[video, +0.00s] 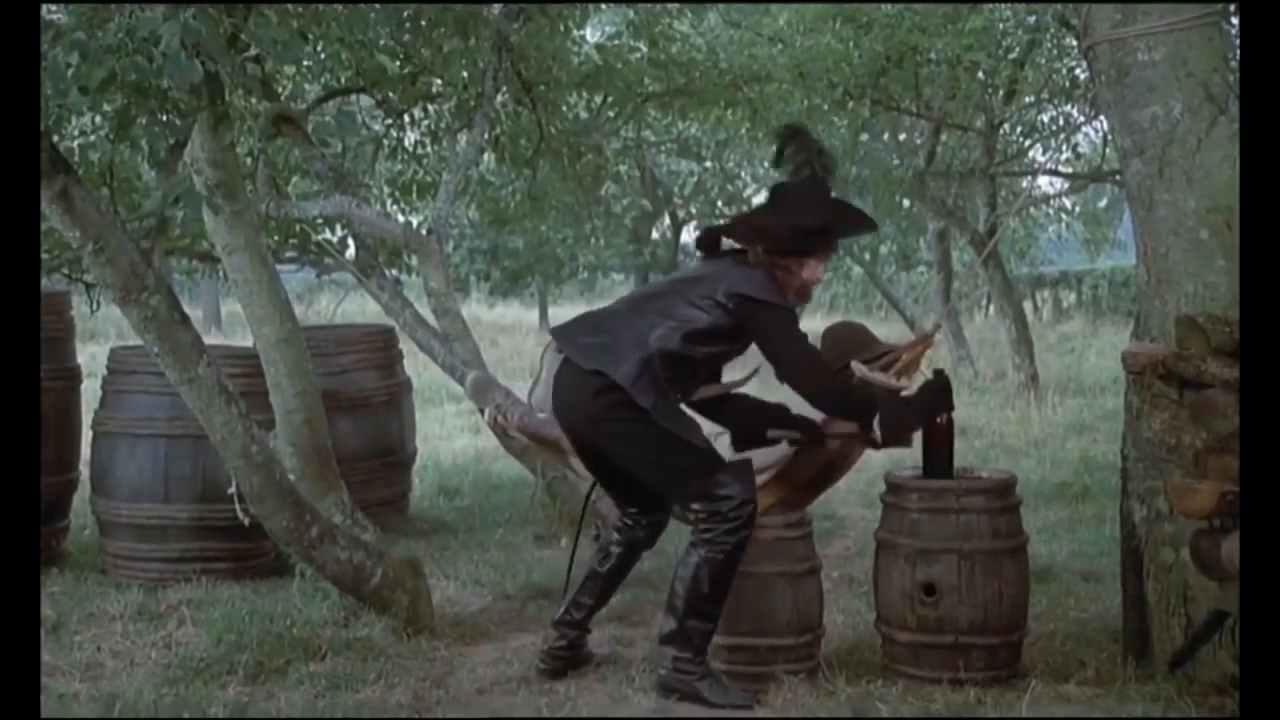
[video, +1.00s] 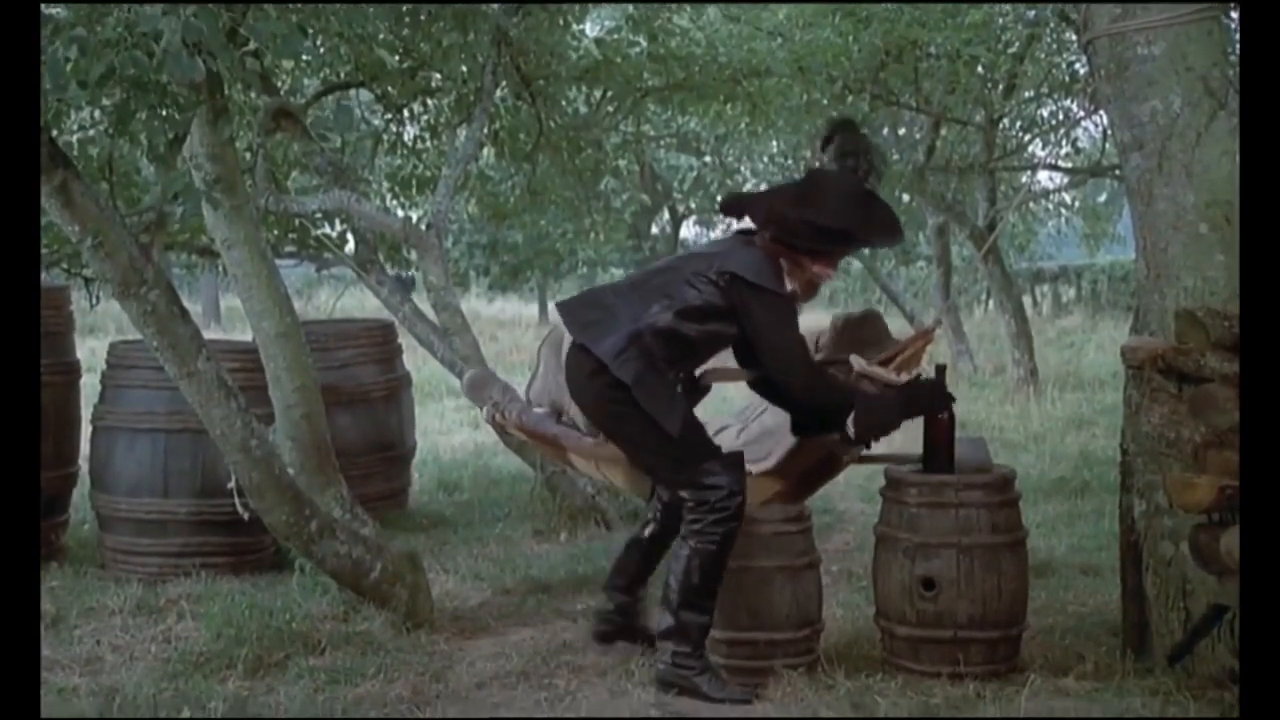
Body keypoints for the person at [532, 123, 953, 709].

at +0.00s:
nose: (821, 275)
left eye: (825, 262)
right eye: (817, 261)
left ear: (764, 248)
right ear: (783, 255)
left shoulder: (714, 278)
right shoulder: (754, 288)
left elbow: (707, 394)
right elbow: (823, 384)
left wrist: (807, 427)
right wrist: (902, 405)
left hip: (574, 382)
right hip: (608, 391)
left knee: (644, 511)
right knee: (728, 499)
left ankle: (564, 641)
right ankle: (686, 666)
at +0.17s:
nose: (835, 278)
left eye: (839, 265)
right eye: (833, 264)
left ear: (779, 248)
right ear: (800, 257)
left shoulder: (730, 272)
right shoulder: (771, 286)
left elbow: (730, 392)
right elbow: (824, 383)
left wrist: (834, 395)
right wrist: (893, 404)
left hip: (587, 379)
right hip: (626, 390)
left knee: (644, 509)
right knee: (734, 500)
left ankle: (564, 639)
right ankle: (686, 665)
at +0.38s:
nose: (837, 278)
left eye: (841, 265)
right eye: (835, 264)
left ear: (780, 250)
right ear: (801, 258)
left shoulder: (733, 273)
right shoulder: (772, 286)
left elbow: (754, 391)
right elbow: (827, 384)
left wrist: (845, 397)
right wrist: (902, 401)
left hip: (588, 380)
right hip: (629, 390)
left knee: (644, 511)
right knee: (736, 502)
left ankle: (564, 638)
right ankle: (685, 664)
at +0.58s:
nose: (839, 288)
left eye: (843, 276)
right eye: (839, 274)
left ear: (785, 255)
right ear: (809, 265)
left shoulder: (740, 280)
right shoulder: (773, 293)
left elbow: (774, 395)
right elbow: (820, 384)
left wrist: (856, 428)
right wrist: (885, 408)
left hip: (589, 381)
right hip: (628, 390)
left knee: (646, 512)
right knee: (735, 502)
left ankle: (565, 639)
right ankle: (684, 662)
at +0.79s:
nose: (839, 281)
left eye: (844, 268)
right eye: (837, 267)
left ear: (783, 243)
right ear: (804, 254)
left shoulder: (742, 270)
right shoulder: (767, 284)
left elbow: (787, 388)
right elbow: (821, 387)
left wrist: (862, 419)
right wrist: (910, 404)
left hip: (592, 376)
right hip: (626, 386)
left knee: (657, 505)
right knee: (734, 497)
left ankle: (569, 632)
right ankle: (683, 661)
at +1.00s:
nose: (830, 276)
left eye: (834, 264)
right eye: (828, 262)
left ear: (777, 236)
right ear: (796, 251)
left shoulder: (738, 258)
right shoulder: (756, 276)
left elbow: (767, 374)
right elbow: (799, 380)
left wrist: (841, 408)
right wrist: (879, 402)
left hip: (595, 361)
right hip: (616, 372)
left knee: (689, 481)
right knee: (718, 487)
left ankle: (618, 608)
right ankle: (685, 658)